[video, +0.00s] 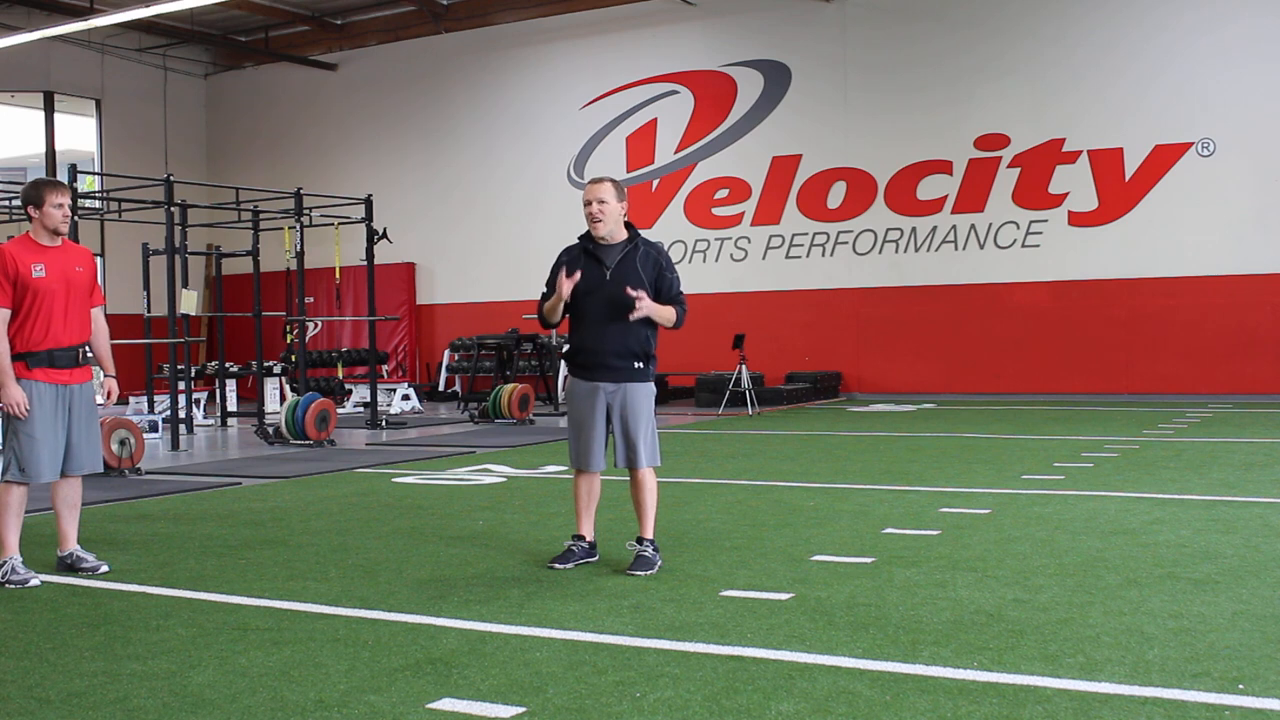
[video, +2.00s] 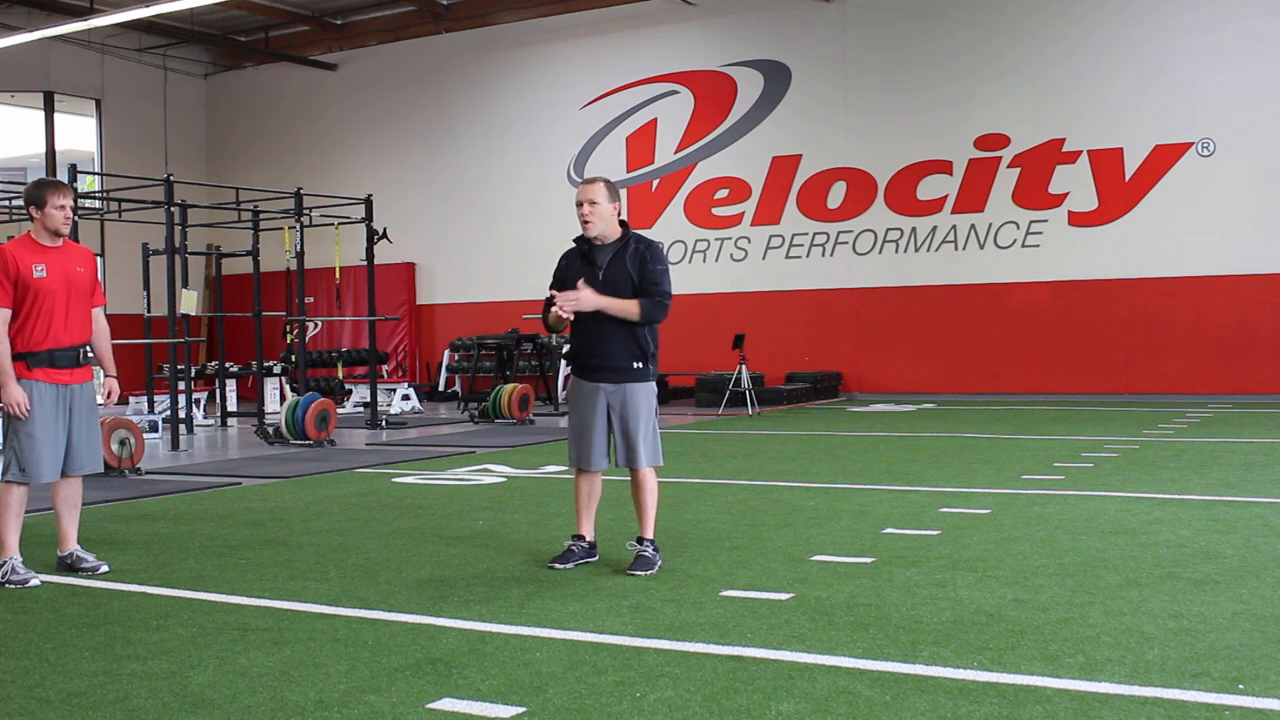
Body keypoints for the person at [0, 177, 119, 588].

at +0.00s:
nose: (66, 213)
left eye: (69, 206)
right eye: (57, 206)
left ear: (70, 210)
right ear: (33, 211)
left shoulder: (84, 257)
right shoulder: (11, 255)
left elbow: (96, 319)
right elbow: (0, 326)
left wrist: (109, 371)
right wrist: (7, 382)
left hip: (77, 376)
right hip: (30, 378)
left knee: (72, 466)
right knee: (18, 473)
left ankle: (69, 551)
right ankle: (9, 560)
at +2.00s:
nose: (67, 214)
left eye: (70, 207)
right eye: (59, 207)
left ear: (72, 211)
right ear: (35, 212)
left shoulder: (85, 257)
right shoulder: (11, 255)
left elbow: (97, 319)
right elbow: (1, 325)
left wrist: (110, 371)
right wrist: (7, 382)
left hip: (78, 377)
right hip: (30, 378)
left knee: (72, 466)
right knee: (19, 473)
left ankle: (69, 551)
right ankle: (9, 559)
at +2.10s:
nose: (67, 214)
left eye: (70, 207)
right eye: (59, 207)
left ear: (72, 211)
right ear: (35, 212)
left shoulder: (85, 257)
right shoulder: (11, 255)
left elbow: (97, 320)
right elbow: (1, 326)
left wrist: (110, 371)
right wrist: (7, 382)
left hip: (78, 377)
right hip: (30, 378)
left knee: (72, 466)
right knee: (19, 473)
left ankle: (69, 551)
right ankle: (9, 559)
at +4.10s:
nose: (66, 216)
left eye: (70, 210)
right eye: (58, 209)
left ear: (73, 212)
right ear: (36, 212)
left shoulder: (85, 257)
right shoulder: (12, 255)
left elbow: (97, 320)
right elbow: (2, 326)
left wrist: (110, 372)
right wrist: (9, 382)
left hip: (78, 377)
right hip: (31, 378)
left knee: (72, 467)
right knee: (19, 473)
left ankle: (69, 551)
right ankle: (10, 559)